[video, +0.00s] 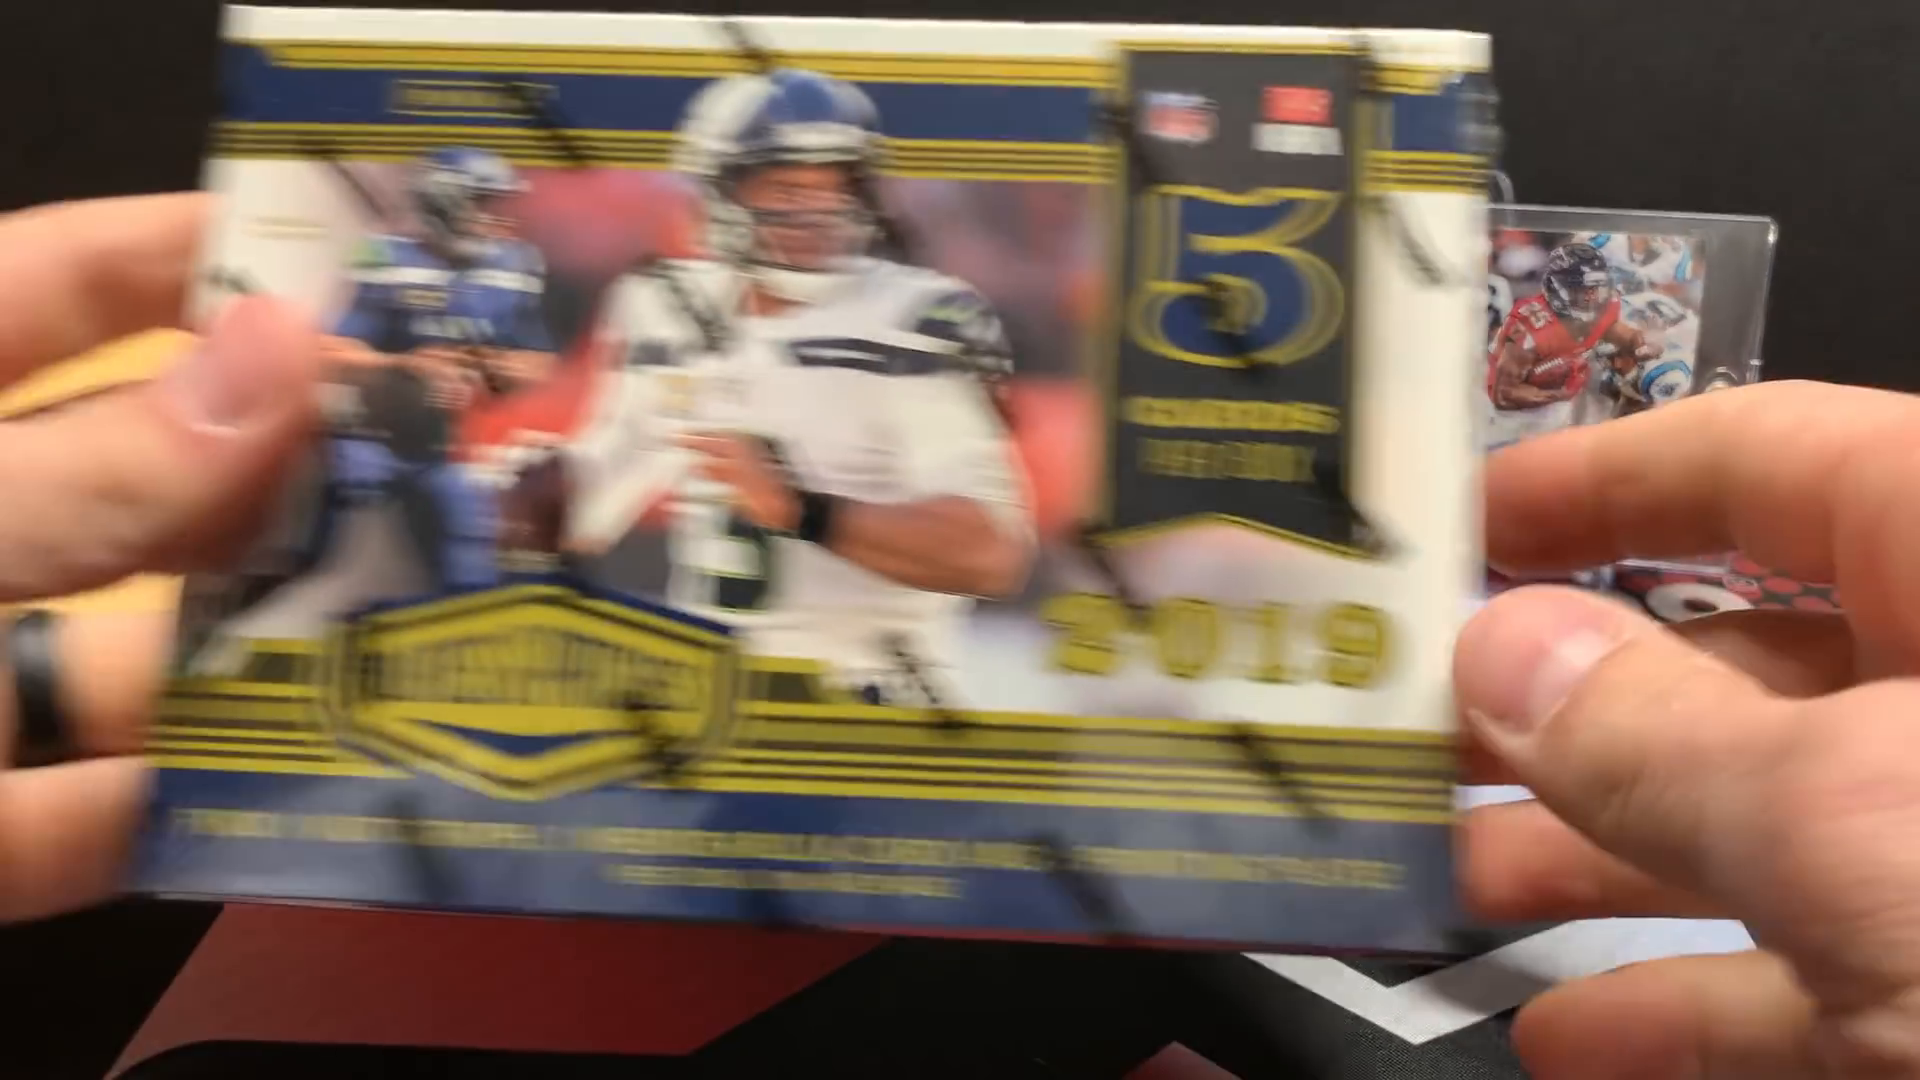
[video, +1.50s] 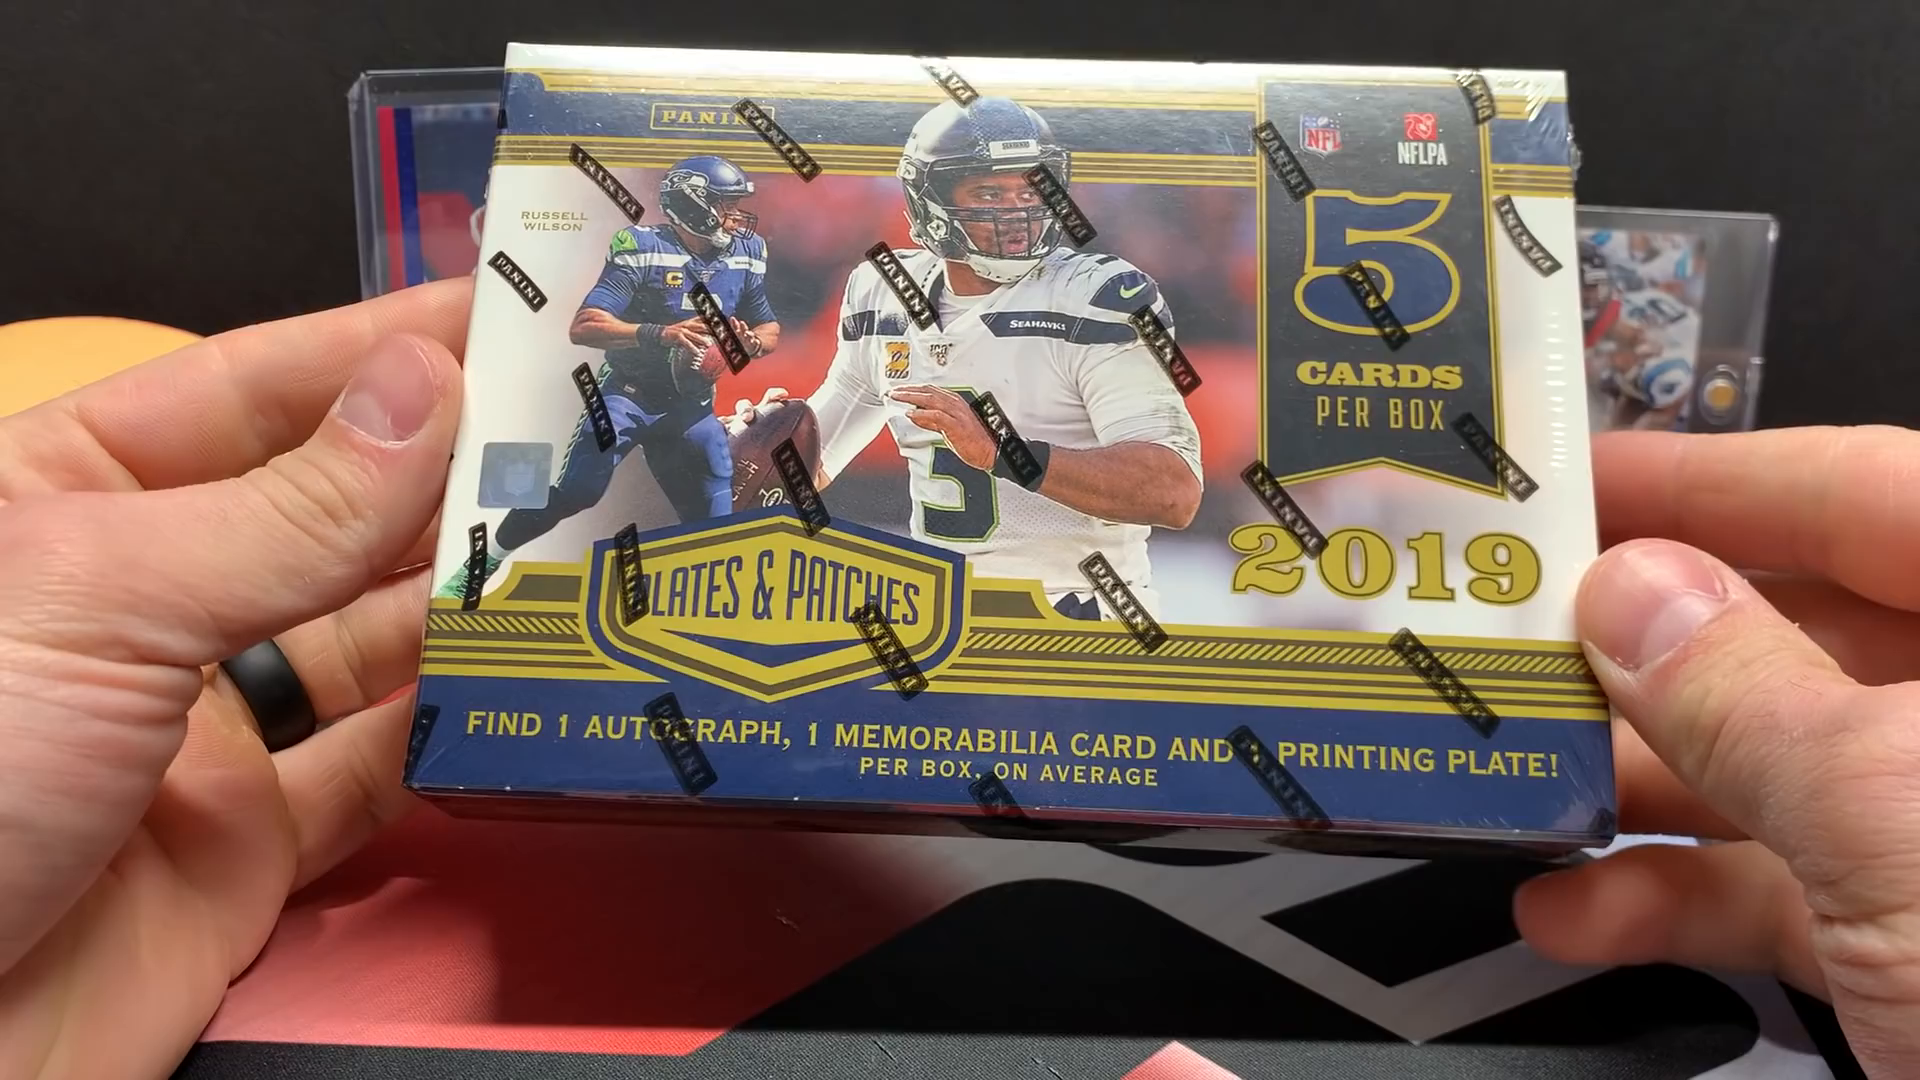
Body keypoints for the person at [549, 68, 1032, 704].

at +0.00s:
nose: (814, 210)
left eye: (835, 185)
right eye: (784, 185)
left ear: (864, 196)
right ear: (724, 192)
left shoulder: (925, 325)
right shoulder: (663, 314)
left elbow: (994, 551)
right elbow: (590, 499)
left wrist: (807, 511)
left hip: (884, 717)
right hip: (709, 702)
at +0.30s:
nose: (1072, 232)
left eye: (1085, 207)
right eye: (1041, 215)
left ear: (1109, 210)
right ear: (980, 226)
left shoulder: (1166, 329)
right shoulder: (936, 328)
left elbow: (1240, 538)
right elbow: (866, 526)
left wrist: (1072, 507)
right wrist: (830, 499)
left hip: (1153, 688)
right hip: (1005, 680)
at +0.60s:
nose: (978, 228)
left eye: (991, 205)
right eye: (949, 212)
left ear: (1013, 207)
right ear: (891, 223)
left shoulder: (1069, 320)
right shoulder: (848, 321)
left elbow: (1140, 521)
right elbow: (781, 505)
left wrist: (979, 490)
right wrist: (747, 483)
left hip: (1058, 667)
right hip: (912, 663)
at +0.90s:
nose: (980, 218)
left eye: (993, 195)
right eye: (952, 201)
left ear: (1013, 198)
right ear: (894, 212)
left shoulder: (1067, 307)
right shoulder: (847, 307)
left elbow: (1138, 506)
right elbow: (777, 489)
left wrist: (979, 474)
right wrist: (741, 465)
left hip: (1051, 651)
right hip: (907, 645)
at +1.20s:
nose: (999, 204)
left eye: (1013, 182)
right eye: (971, 187)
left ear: (1033, 183)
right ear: (915, 196)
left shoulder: (1085, 293)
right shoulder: (864, 289)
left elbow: (1153, 489)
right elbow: (785, 468)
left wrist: (993, 455)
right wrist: (755, 437)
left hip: (1065, 626)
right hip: (922, 620)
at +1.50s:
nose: (1015, 213)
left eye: (1027, 192)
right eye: (988, 196)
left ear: (1048, 193)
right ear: (933, 205)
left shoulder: (1102, 297)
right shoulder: (880, 294)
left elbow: (1173, 490)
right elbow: (803, 466)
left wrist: (1012, 456)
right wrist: (771, 433)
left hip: (1090, 619)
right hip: (946, 616)